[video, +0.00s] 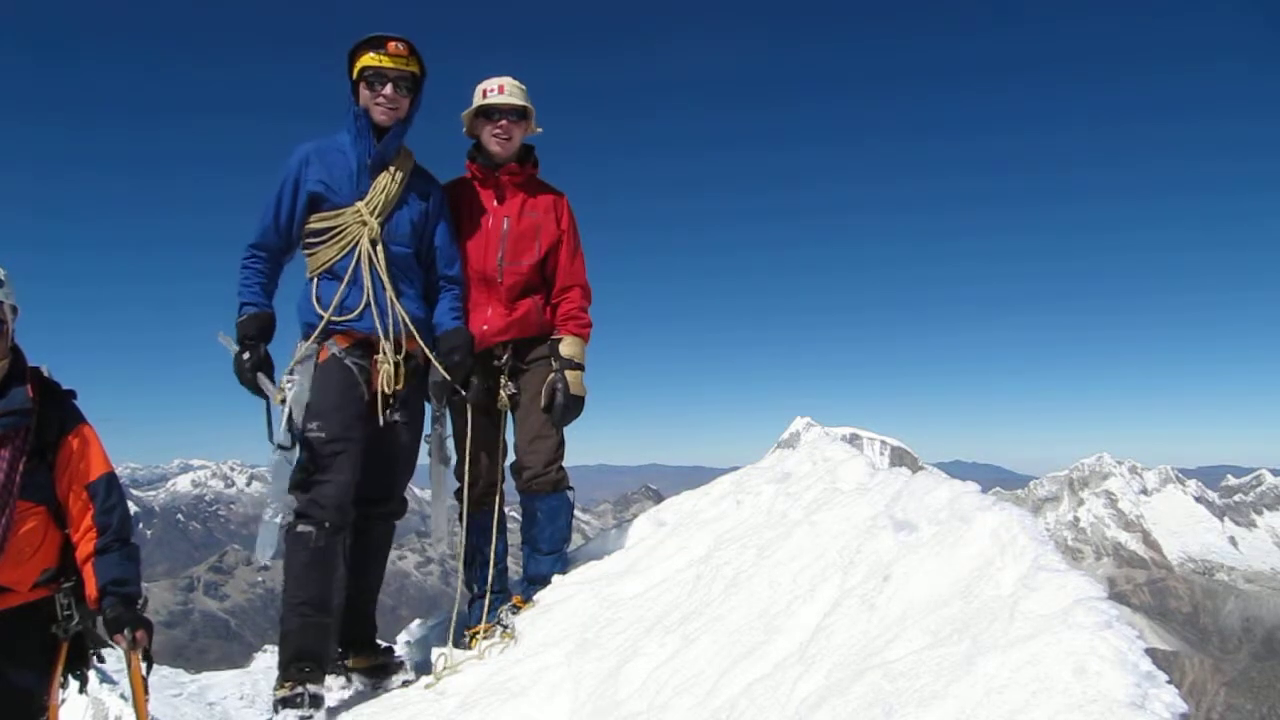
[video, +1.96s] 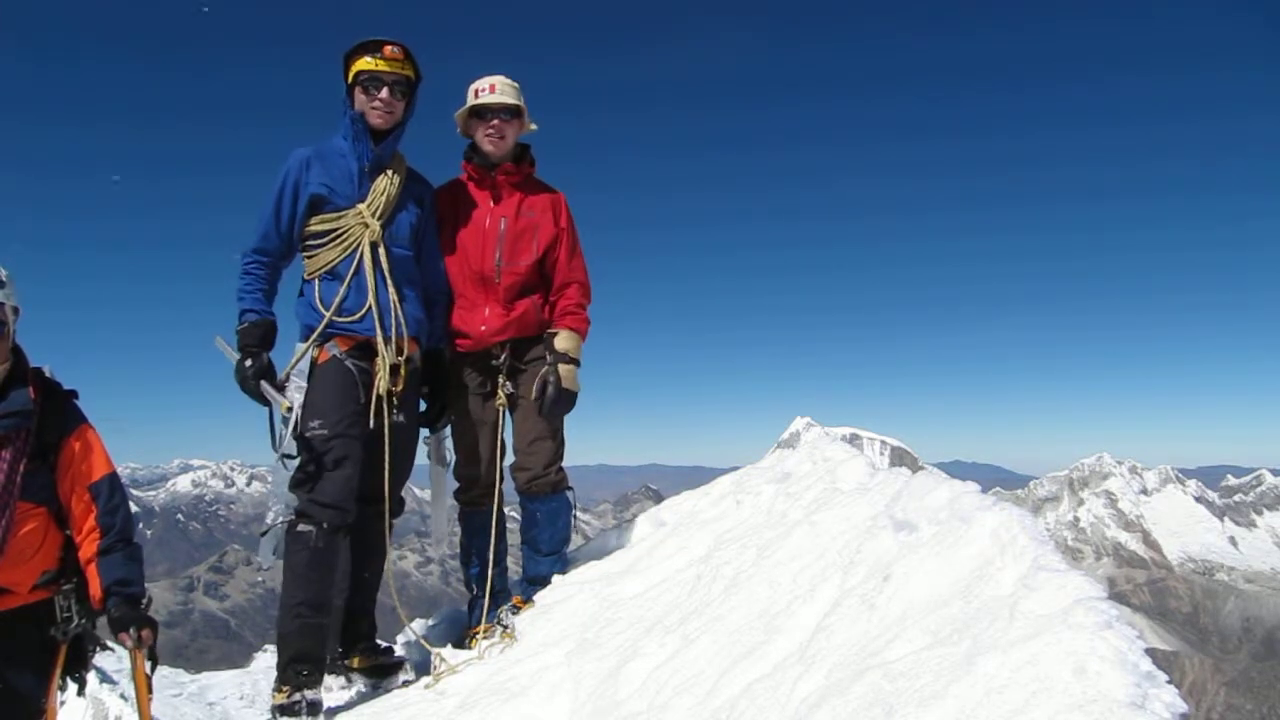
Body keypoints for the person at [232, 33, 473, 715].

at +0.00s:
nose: (388, 93)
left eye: (401, 84)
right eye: (377, 81)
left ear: (416, 96)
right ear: (356, 88)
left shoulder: (427, 188)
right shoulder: (315, 162)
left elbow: (448, 280)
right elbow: (263, 252)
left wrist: (451, 342)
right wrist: (254, 332)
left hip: (406, 360)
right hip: (333, 354)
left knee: (380, 504)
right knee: (327, 501)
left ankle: (357, 638)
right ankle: (301, 666)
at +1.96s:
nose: (383, 97)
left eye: (396, 88)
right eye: (371, 85)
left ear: (410, 100)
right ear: (351, 93)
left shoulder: (418, 190)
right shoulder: (313, 164)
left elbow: (433, 282)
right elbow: (262, 257)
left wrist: (439, 364)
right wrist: (254, 338)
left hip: (405, 364)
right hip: (338, 356)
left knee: (378, 504)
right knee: (328, 500)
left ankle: (355, 638)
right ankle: (300, 670)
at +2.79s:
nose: (405, 106)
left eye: (409, 96)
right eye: (393, 95)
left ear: (408, 106)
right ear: (359, 100)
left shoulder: (410, 196)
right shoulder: (317, 164)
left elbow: (430, 286)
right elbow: (260, 254)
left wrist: (434, 358)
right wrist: (321, 277)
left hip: (407, 362)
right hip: (350, 357)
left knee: (378, 506)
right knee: (335, 504)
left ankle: (354, 643)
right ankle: (299, 675)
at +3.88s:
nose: (385, 108)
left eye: (389, 98)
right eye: (374, 96)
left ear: (382, 107)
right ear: (339, 98)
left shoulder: (381, 191)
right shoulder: (294, 171)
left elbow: (408, 279)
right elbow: (255, 269)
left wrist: (427, 355)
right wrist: (293, 326)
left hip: (398, 371)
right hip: (330, 366)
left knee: (377, 512)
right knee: (307, 514)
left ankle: (353, 645)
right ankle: (277, 681)